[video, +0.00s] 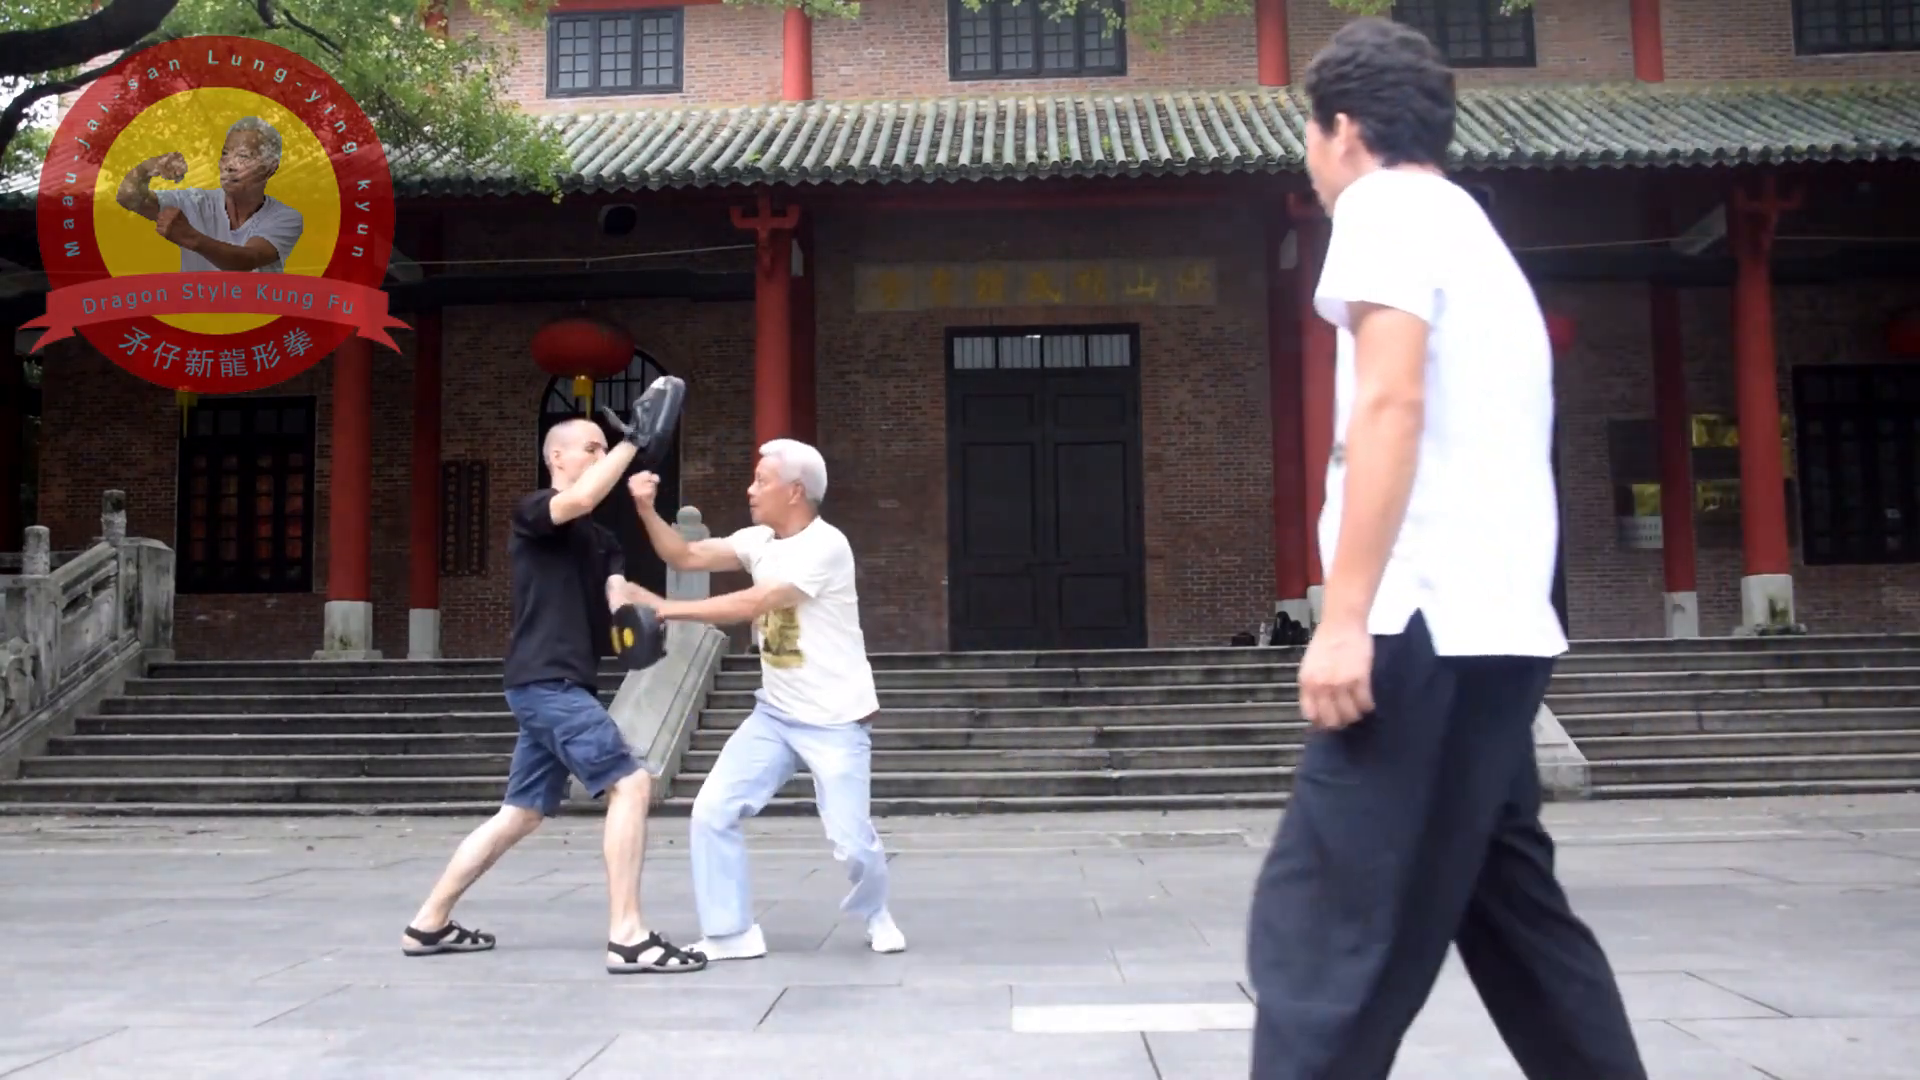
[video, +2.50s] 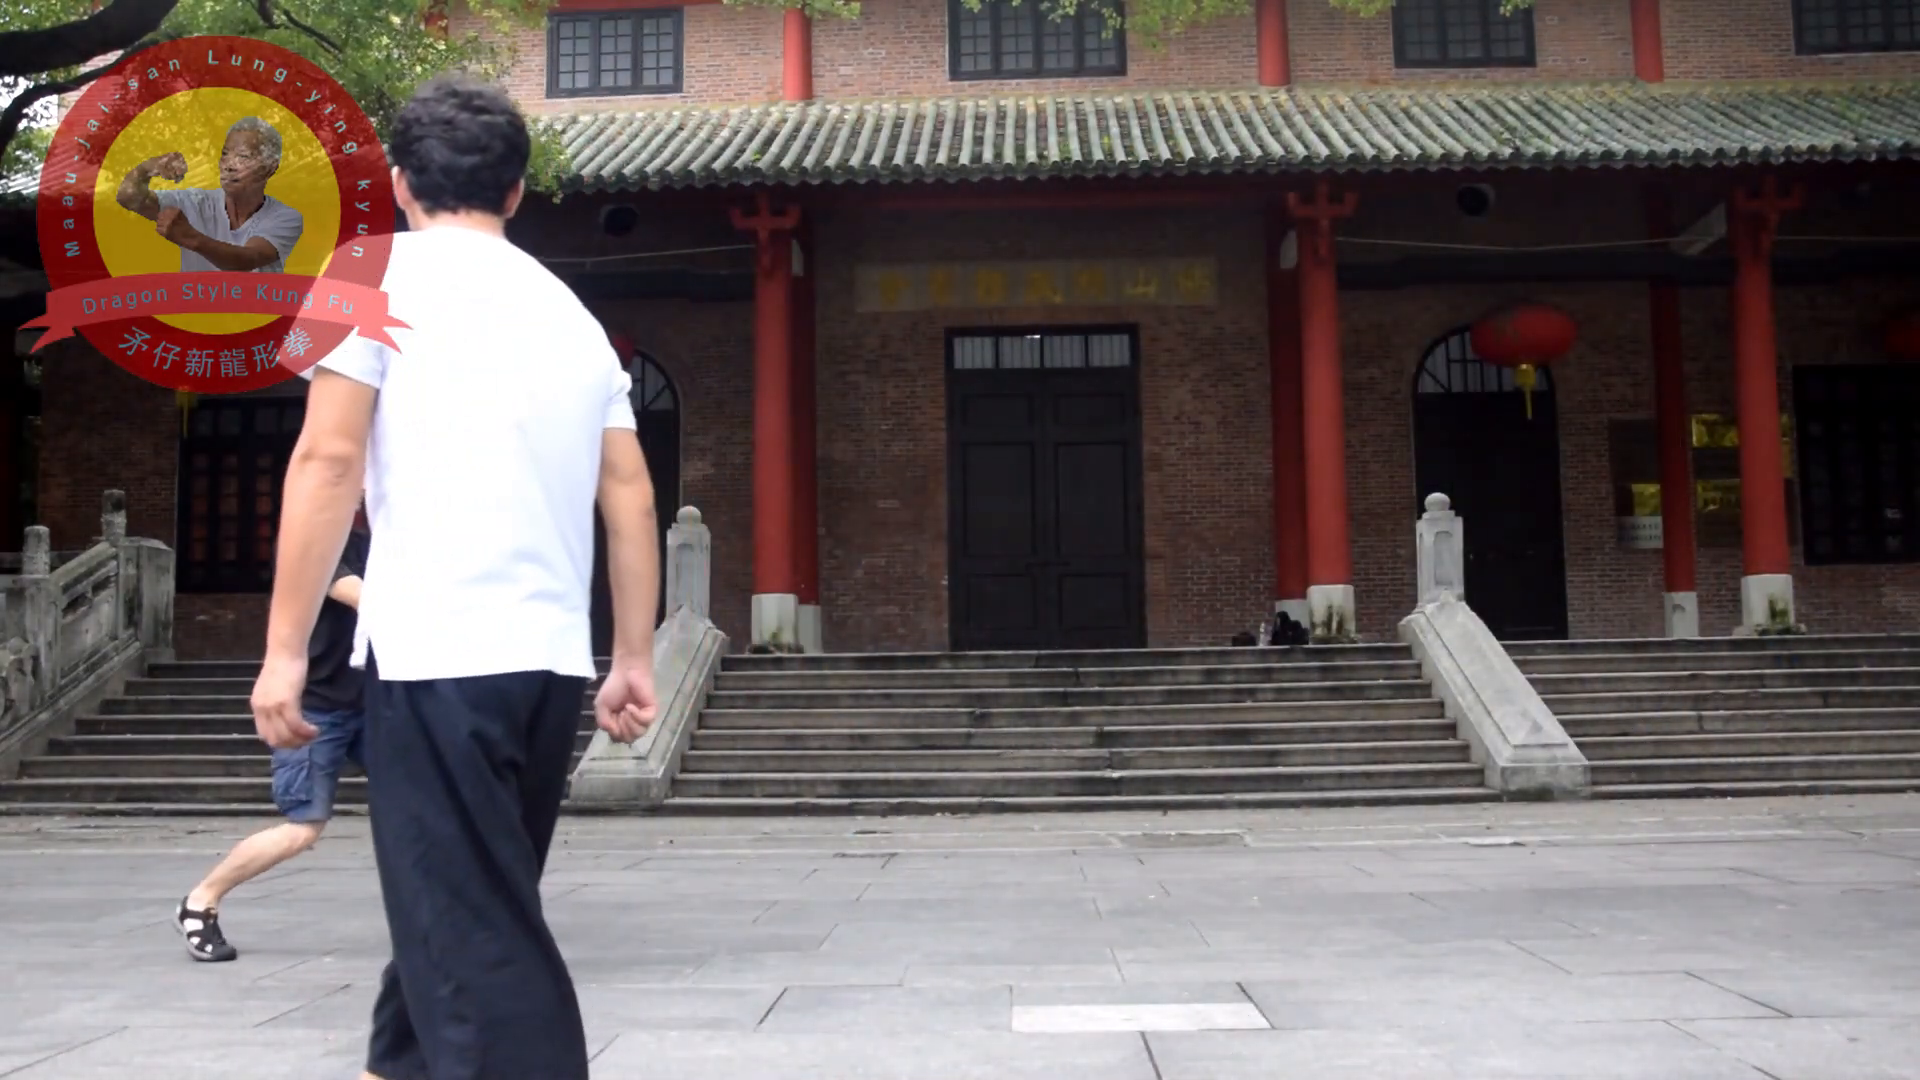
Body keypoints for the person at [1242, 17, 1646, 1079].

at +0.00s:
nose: (1312, 162)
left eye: (1313, 136)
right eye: (1311, 137)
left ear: (1346, 131)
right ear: (1423, 130)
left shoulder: (1389, 210)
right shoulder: (1470, 227)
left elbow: (1390, 403)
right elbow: (1473, 437)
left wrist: (1341, 617)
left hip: (1428, 633)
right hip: (1492, 635)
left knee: (1322, 938)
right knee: (1518, 923)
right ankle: (1608, 1078)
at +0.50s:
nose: (1055, 146)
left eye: (1054, 125)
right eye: (1053, 127)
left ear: (1083, 118)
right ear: (1175, 121)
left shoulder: (1098, 196)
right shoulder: (1240, 243)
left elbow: (1066, 388)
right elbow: (1297, 462)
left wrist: (990, 597)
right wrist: (1270, 619)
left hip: (1172, 624)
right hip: (1251, 623)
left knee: (1187, 924)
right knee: (1098, 895)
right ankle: (1112, 1072)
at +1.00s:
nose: (896, 188)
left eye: (896, 176)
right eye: (898, 178)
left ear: (914, 173)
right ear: (1010, 184)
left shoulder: (911, 233)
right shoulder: (1051, 298)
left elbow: (881, 408)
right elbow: (1085, 500)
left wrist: (825, 594)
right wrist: (1050, 626)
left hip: (948, 641)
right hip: (1047, 648)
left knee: (944, 907)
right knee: (1003, 909)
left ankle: (1109, 1068)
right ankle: (982, 1075)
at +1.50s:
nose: (768, 203)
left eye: (769, 190)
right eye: (770, 192)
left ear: (790, 190)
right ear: (886, 202)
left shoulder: (779, 248)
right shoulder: (929, 315)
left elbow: (751, 419)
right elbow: (967, 503)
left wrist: (696, 601)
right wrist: (945, 633)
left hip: (821, 641)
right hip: (929, 648)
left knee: (734, 922)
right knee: (926, 922)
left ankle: (695, 1065)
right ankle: (949, 1071)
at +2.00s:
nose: (539, 165)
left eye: (540, 153)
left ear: (553, 161)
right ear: (661, 176)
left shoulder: (524, 247)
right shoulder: (713, 291)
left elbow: (481, 441)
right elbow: (764, 480)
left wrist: (428, 623)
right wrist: (745, 639)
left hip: (574, 656)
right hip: (701, 653)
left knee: (544, 916)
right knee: (710, 883)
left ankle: (553, 1074)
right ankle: (821, 1064)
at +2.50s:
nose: (396, 194)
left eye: (397, 181)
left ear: (402, 186)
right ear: (515, 193)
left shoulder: (385, 273)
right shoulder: (576, 320)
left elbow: (330, 456)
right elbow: (628, 489)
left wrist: (284, 649)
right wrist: (635, 654)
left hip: (434, 672)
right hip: (556, 673)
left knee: (474, 943)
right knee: (453, 932)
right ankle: (404, 1065)